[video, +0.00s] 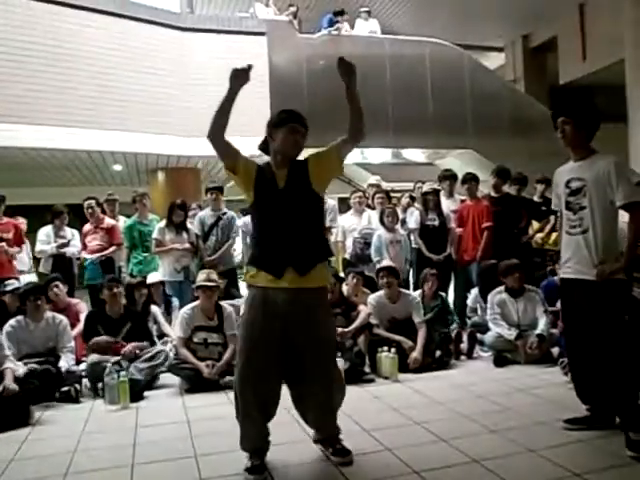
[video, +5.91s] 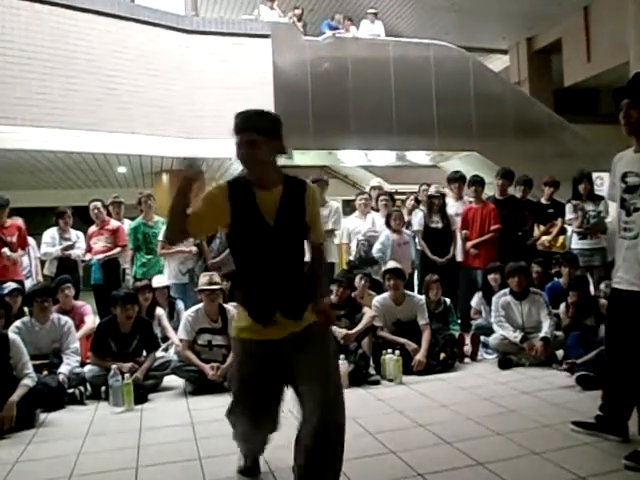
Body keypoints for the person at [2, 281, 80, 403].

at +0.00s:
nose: (38, 303)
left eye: (41, 299)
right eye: (34, 300)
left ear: (46, 301)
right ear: (25, 304)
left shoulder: (59, 322)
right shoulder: (12, 327)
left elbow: (68, 350)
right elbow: (8, 357)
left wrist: (61, 368)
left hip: (54, 367)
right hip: (25, 370)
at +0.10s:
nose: (38, 303)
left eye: (41, 299)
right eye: (34, 300)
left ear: (46, 301)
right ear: (26, 303)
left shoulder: (59, 322)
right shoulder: (12, 327)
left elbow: (68, 351)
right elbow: (8, 358)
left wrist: (58, 368)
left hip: (54, 367)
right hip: (25, 370)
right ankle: (56, 394)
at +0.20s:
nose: (39, 303)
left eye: (41, 298)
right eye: (34, 299)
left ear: (46, 301)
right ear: (26, 303)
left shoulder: (60, 322)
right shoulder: (12, 327)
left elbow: (68, 351)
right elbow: (9, 358)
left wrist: (60, 368)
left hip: (54, 366)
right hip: (26, 370)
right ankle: (58, 394)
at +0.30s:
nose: (39, 303)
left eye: (41, 299)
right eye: (34, 300)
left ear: (47, 302)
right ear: (26, 303)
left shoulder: (60, 322)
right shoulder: (13, 327)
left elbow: (68, 351)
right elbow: (10, 359)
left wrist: (60, 369)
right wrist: (25, 373)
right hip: (26, 370)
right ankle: (61, 394)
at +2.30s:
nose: (39, 303)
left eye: (42, 299)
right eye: (34, 300)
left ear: (47, 301)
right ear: (25, 304)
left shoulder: (60, 321)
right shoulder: (14, 326)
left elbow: (68, 352)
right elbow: (10, 359)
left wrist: (58, 371)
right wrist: (24, 375)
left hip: (53, 367)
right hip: (28, 370)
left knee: (75, 374)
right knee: (19, 388)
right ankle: (66, 394)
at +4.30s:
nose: (48, 303)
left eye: (50, 299)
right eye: (42, 300)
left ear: (55, 301)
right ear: (32, 305)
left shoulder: (64, 323)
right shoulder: (19, 328)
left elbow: (72, 353)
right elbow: (14, 358)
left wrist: (63, 373)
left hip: (58, 368)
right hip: (32, 371)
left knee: (79, 376)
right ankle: (68, 397)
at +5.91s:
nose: (44, 305)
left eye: (47, 301)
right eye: (39, 302)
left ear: (53, 303)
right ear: (31, 305)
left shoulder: (64, 323)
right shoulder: (18, 328)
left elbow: (72, 353)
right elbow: (14, 357)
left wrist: (63, 373)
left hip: (58, 369)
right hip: (32, 372)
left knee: (79, 375)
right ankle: (69, 397)